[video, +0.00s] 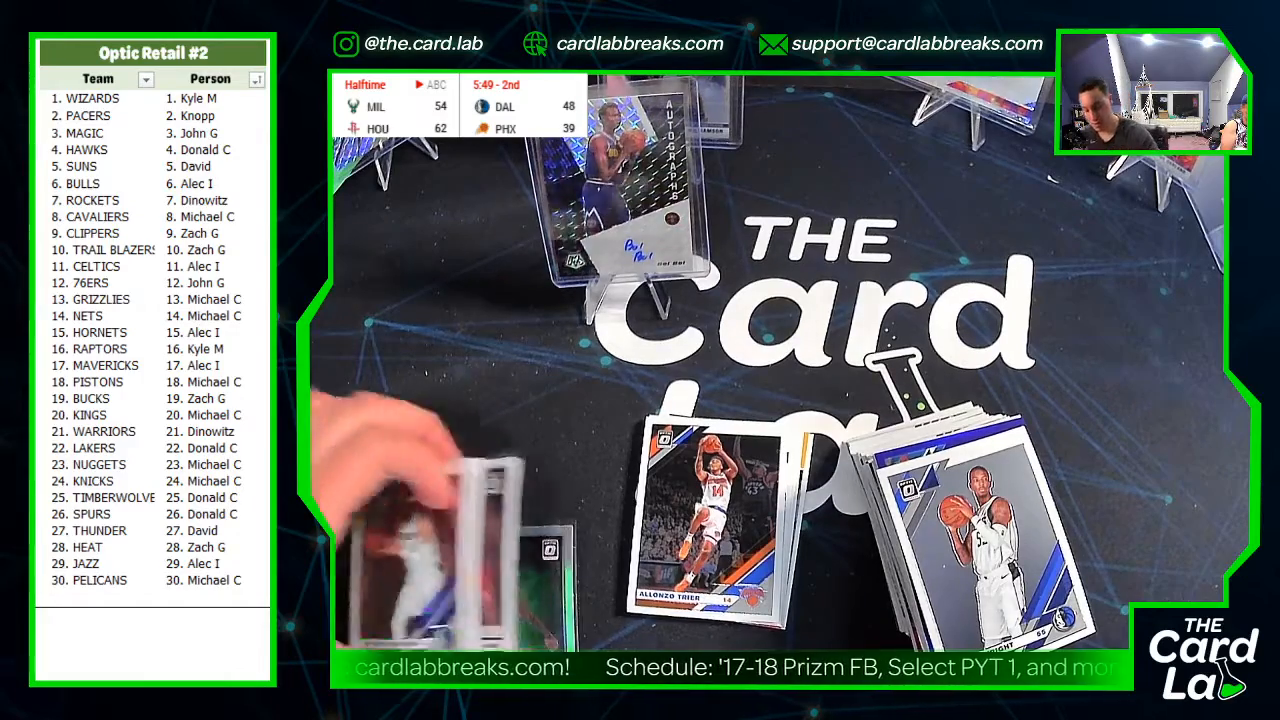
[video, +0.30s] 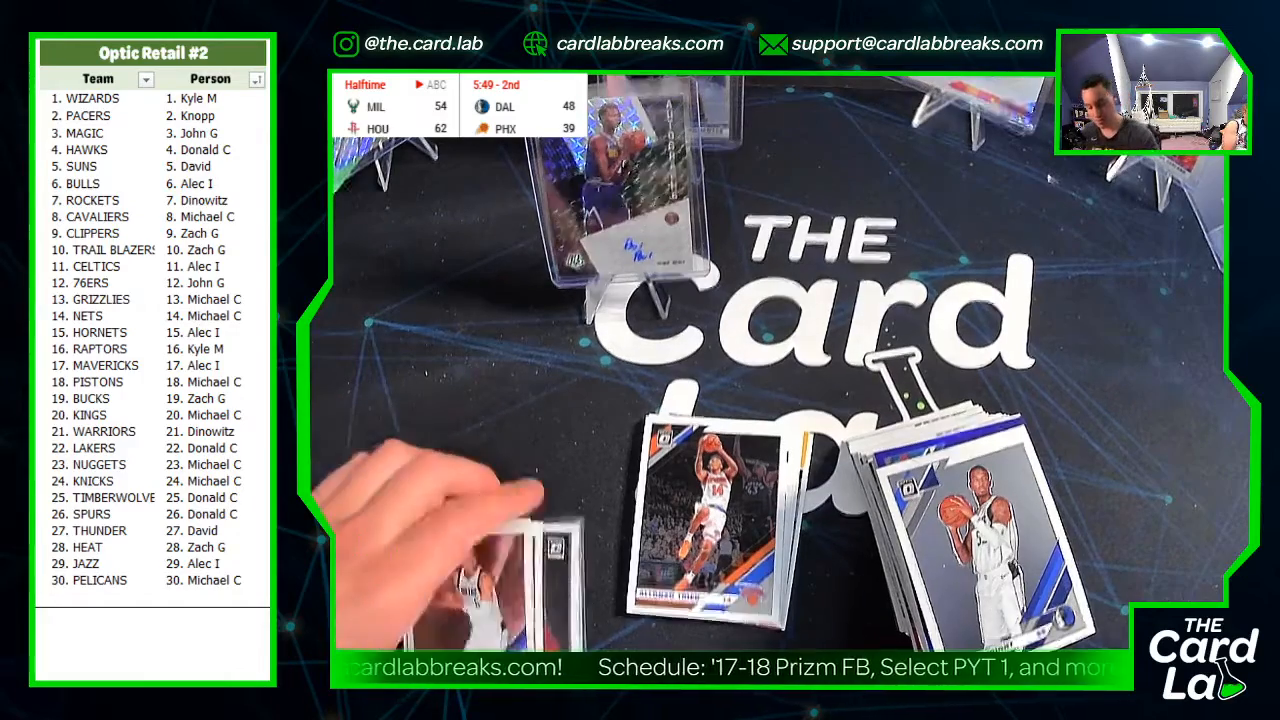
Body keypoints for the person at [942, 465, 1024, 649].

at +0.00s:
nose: (980, 484)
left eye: (983, 479)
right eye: (975, 480)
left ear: (990, 482)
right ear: (970, 486)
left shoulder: (1000, 504)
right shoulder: (974, 518)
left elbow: (997, 538)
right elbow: (965, 559)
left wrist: (972, 517)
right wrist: (953, 530)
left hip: (1007, 579)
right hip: (985, 585)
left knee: (1018, 633)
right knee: (991, 640)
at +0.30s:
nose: (980, 483)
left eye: (983, 479)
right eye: (975, 480)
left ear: (990, 481)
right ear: (970, 485)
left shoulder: (1000, 504)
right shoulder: (975, 516)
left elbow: (997, 538)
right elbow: (965, 558)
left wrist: (972, 516)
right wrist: (953, 529)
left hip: (1006, 578)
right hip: (984, 583)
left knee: (1017, 632)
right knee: (991, 638)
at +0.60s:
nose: (980, 484)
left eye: (983, 479)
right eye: (975, 481)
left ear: (990, 482)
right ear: (970, 486)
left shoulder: (999, 505)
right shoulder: (975, 518)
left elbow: (997, 539)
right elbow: (965, 559)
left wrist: (972, 517)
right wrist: (953, 531)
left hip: (1006, 579)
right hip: (985, 585)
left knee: (1018, 633)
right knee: (991, 640)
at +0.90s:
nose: (980, 484)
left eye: (983, 479)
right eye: (975, 480)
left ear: (990, 482)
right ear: (970, 485)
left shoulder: (1000, 504)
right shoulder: (974, 517)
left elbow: (997, 539)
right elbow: (965, 559)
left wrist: (972, 517)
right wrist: (953, 531)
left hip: (1006, 579)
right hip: (984, 584)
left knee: (1017, 632)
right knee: (991, 639)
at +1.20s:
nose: (980, 484)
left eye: (983, 479)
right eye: (975, 481)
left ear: (990, 482)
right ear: (970, 485)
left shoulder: (1000, 505)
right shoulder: (974, 518)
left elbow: (997, 539)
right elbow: (965, 559)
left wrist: (972, 516)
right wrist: (953, 531)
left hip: (1006, 579)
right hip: (985, 584)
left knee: (1018, 632)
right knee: (992, 639)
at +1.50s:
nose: (980, 484)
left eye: (983, 479)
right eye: (975, 481)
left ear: (990, 482)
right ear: (970, 486)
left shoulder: (1000, 505)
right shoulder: (975, 518)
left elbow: (997, 539)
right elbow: (965, 559)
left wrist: (972, 516)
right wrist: (953, 531)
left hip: (1006, 579)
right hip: (985, 584)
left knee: (1017, 632)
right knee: (991, 639)